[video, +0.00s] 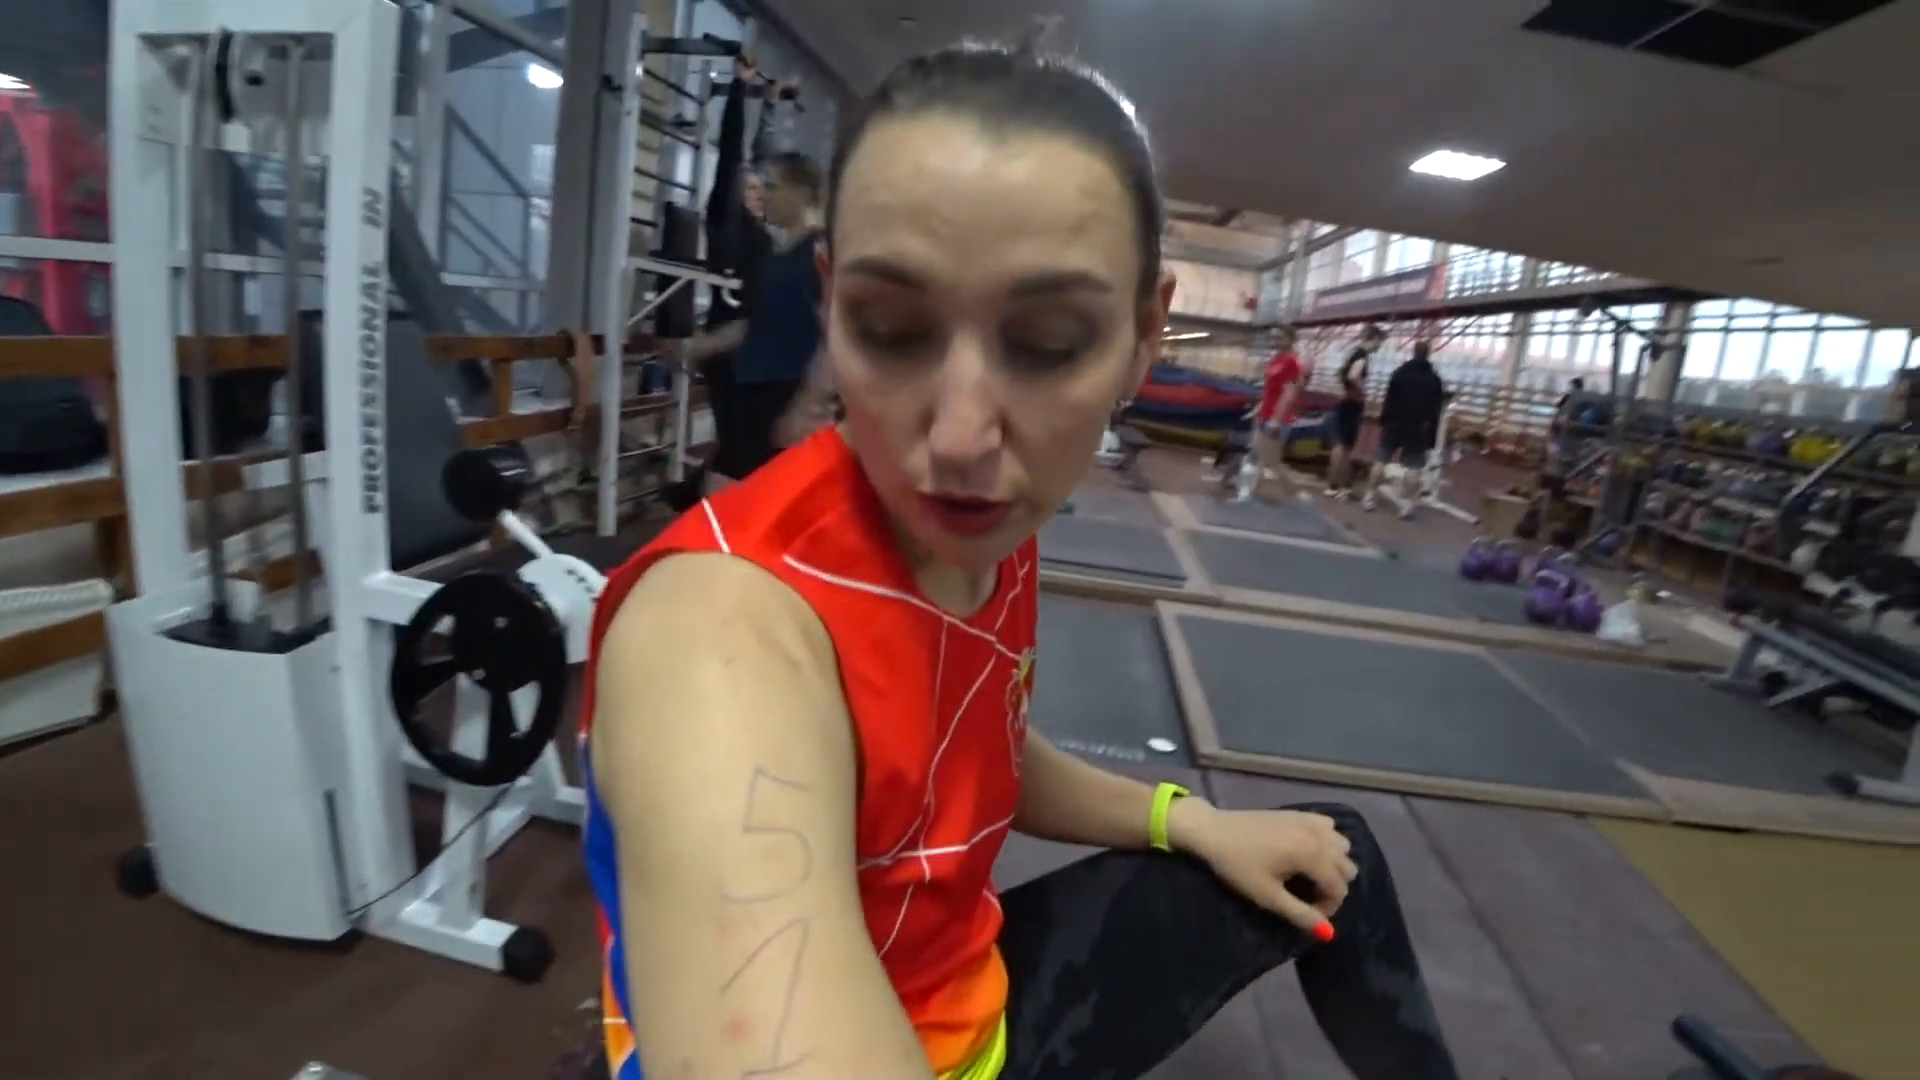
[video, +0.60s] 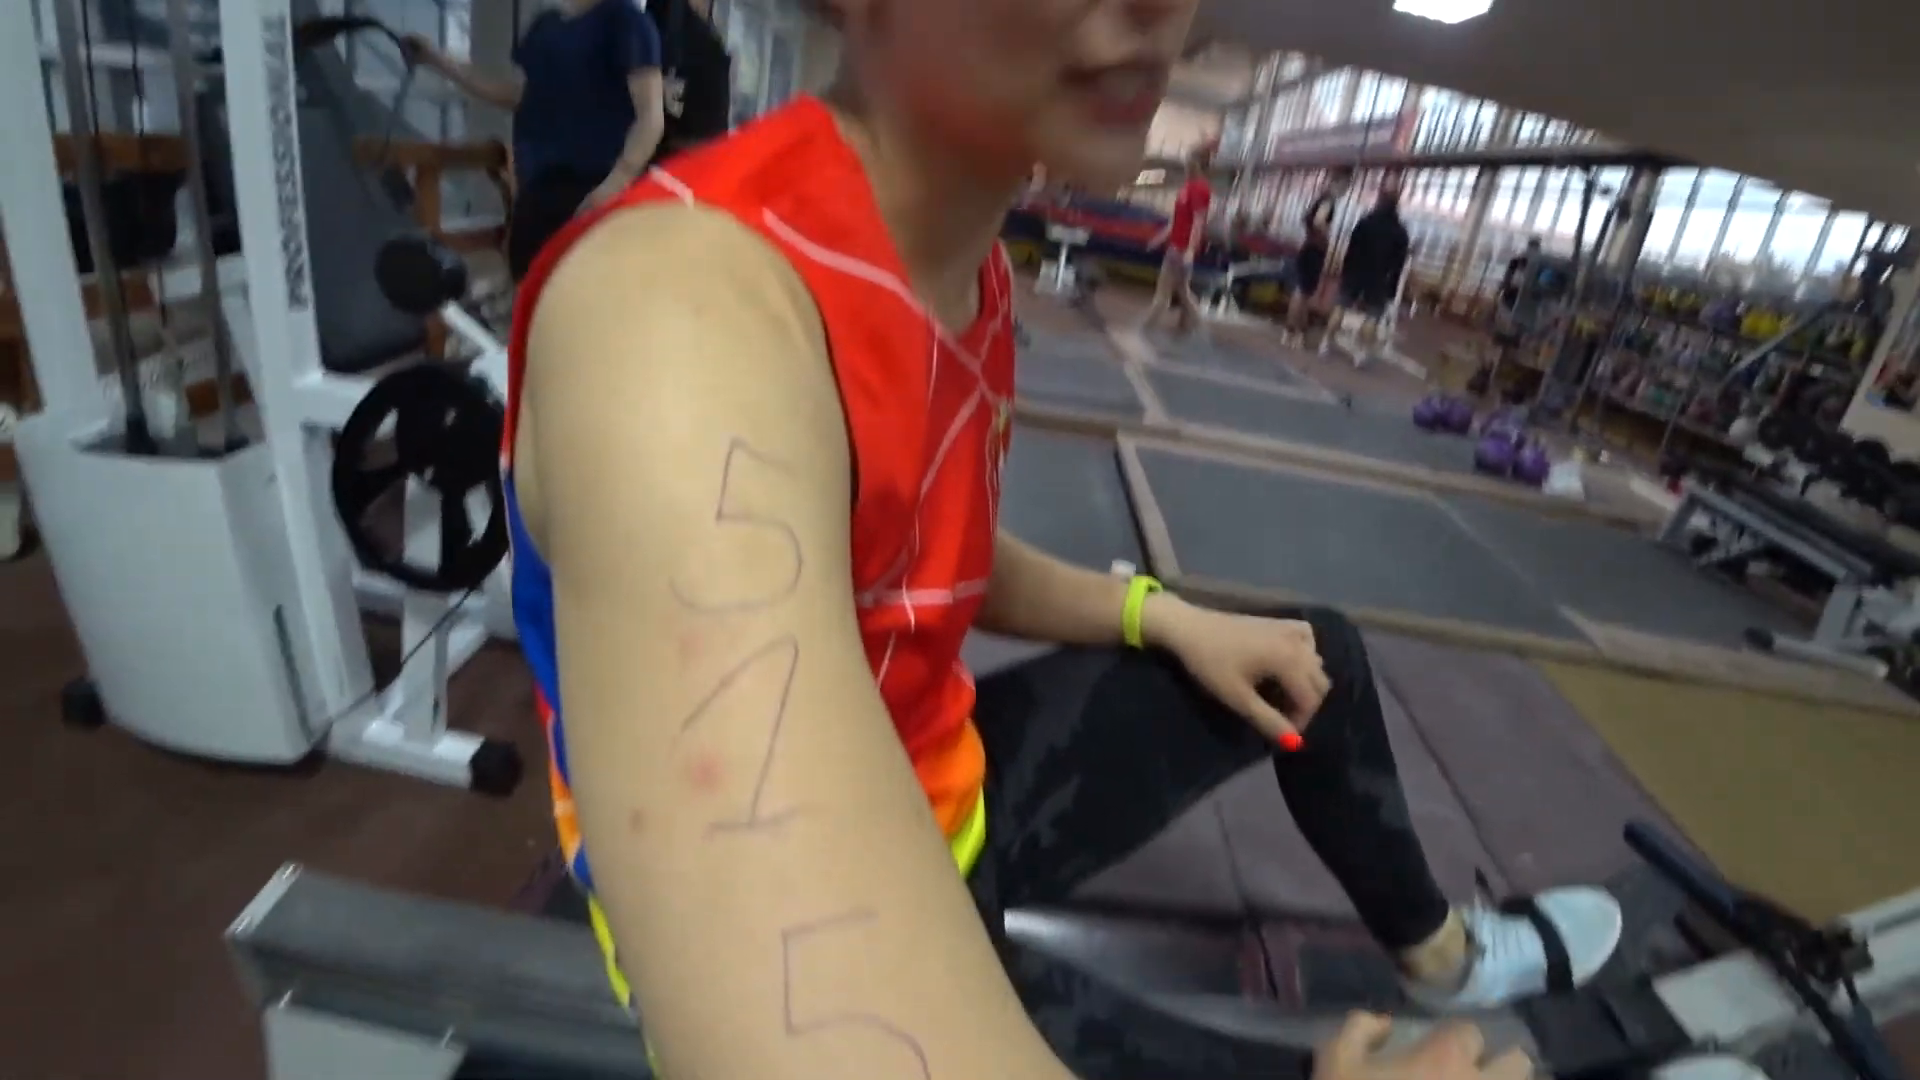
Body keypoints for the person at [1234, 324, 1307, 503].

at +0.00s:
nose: (1274, 342)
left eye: (1279, 338)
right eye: (1272, 338)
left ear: (1290, 340)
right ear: (1271, 339)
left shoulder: (1291, 363)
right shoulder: (1274, 360)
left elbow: (1289, 394)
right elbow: (1269, 392)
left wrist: (1276, 420)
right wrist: (1256, 409)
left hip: (1276, 420)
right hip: (1264, 416)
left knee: (1270, 461)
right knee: (1256, 457)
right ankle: (1246, 494)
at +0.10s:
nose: (1251, 338)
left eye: (1255, 335)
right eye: (1249, 334)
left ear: (1265, 337)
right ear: (1246, 336)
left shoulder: (1266, 359)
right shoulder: (1249, 358)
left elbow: (1264, 389)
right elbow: (1242, 388)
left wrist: (1248, 413)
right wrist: (1230, 406)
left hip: (1251, 414)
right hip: (1239, 412)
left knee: (1240, 453)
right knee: (1235, 453)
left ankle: (1258, 482)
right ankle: (1238, 489)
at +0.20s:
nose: (1231, 329)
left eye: (1236, 326)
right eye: (1231, 325)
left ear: (1245, 329)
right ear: (1230, 327)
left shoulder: (1246, 350)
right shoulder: (1229, 348)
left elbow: (1243, 379)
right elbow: (1220, 379)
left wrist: (1226, 400)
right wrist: (1203, 396)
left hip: (1231, 406)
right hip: (1220, 404)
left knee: (1207, 438)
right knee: (1213, 442)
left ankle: (1219, 480)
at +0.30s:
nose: (1215, 305)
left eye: (1219, 302)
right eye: (1215, 301)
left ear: (1230, 305)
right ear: (1215, 303)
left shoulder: (1230, 327)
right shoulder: (1215, 326)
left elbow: (1228, 356)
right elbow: (1203, 356)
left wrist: (1210, 377)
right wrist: (1184, 369)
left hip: (1214, 385)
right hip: (1206, 382)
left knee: (1187, 409)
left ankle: (1186, 453)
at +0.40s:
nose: (1202, 260)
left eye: (1205, 257)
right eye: (1202, 256)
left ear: (1211, 259)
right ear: (1206, 258)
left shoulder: (1215, 283)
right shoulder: (1203, 282)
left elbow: (1215, 315)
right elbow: (1194, 314)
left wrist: (1199, 339)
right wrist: (1171, 326)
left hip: (1200, 343)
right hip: (1194, 340)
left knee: (1174, 378)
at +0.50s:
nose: (1192, 213)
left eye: (1195, 210)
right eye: (1193, 209)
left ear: (1202, 211)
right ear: (1197, 211)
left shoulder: (1205, 236)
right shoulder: (1191, 233)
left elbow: (1203, 268)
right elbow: (1184, 266)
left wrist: (1193, 295)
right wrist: (1164, 279)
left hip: (1187, 296)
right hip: (1180, 293)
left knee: (1168, 334)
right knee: (1181, 335)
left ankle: (1179, 370)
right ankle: (1178, 370)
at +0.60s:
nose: (1188, 166)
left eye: (1191, 162)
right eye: (1189, 161)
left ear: (1198, 163)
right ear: (1192, 162)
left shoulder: (1200, 188)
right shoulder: (1187, 187)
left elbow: (1198, 222)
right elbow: (1175, 221)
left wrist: (1191, 250)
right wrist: (1158, 239)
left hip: (1182, 247)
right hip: (1176, 244)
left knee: (1164, 287)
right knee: (1182, 289)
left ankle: (1148, 324)